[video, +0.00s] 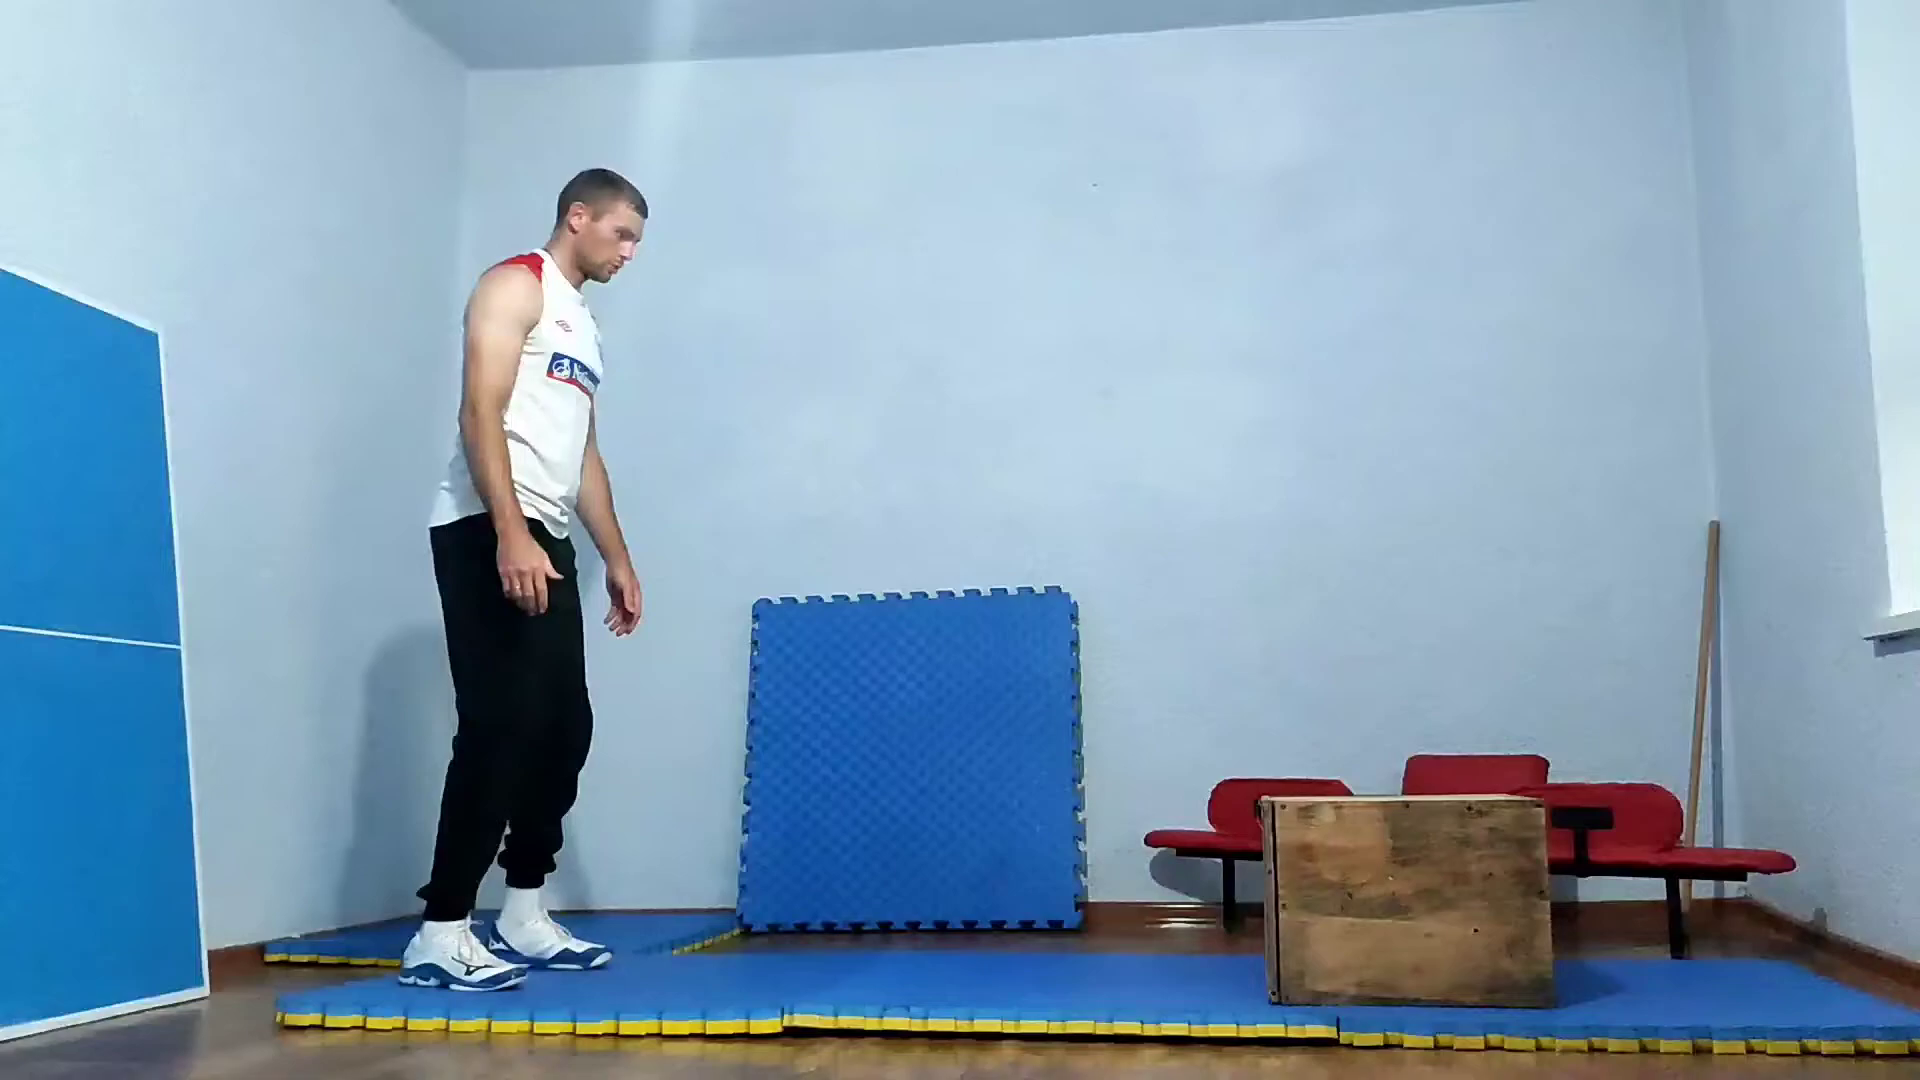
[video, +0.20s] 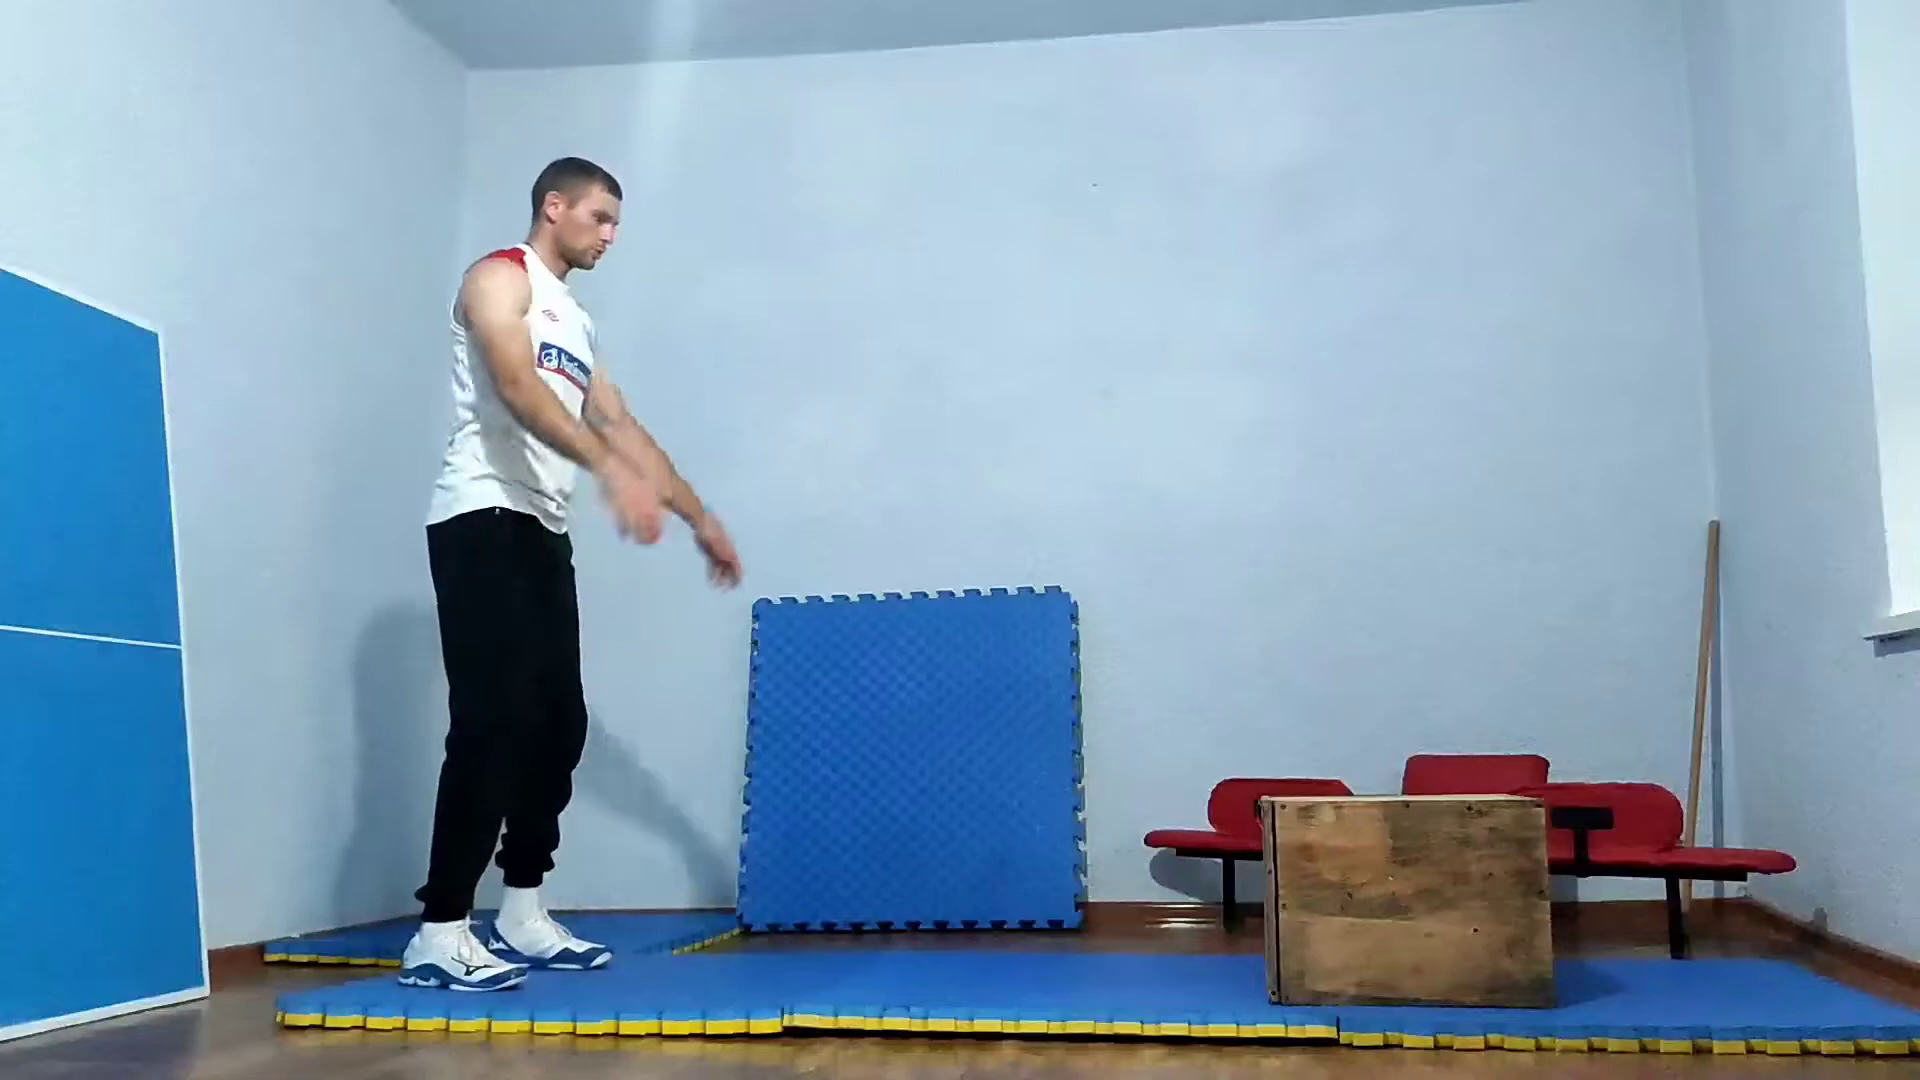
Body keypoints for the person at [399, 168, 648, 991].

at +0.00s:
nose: (629, 253)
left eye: (636, 241)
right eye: (622, 236)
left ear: (595, 229)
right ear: (575, 218)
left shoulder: (583, 321)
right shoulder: (513, 287)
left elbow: (583, 453)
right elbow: (481, 413)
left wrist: (616, 559)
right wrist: (511, 532)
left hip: (547, 540)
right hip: (488, 533)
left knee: (563, 726)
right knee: (499, 726)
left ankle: (522, 912)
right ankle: (441, 930)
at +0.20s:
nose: (610, 234)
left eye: (615, 222)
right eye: (600, 217)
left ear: (580, 220)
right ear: (552, 208)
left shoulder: (572, 320)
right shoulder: (498, 278)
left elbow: (618, 425)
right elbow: (516, 385)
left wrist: (696, 513)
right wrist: (607, 465)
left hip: (540, 535)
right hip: (482, 524)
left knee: (558, 719)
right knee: (491, 719)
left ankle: (520, 913)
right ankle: (441, 930)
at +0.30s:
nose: (597, 226)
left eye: (601, 215)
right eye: (586, 209)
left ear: (568, 217)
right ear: (536, 202)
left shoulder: (565, 310)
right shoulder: (489, 270)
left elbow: (656, 385)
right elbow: (560, 331)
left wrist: (771, 422)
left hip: (545, 527)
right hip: (485, 519)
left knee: (559, 719)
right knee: (491, 719)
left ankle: (522, 913)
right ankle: (441, 931)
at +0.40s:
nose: (587, 211)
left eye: (591, 202)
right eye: (573, 196)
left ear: (580, 214)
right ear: (523, 199)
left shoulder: (572, 299)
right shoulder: (481, 266)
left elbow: (679, 318)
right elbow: (575, 253)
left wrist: (789, 292)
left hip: (553, 529)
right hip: (492, 520)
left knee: (559, 722)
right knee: (488, 721)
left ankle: (523, 912)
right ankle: (441, 930)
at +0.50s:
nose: (577, 195)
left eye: (577, 186)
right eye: (563, 182)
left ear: (556, 195)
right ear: (519, 190)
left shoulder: (568, 286)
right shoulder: (487, 259)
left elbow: (673, 251)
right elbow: (579, 186)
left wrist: (764, 184)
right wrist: (680, 106)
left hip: (562, 524)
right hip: (502, 519)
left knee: (560, 719)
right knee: (491, 717)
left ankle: (523, 910)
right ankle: (440, 930)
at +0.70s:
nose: (582, 192)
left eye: (585, 180)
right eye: (566, 177)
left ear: (582, 197)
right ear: (528, 184)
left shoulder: (570, 266)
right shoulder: (498, 251)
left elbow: (639, 180)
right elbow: (553, 128)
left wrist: (675, 78)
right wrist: (609, 22)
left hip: (581, 513)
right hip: (519, 510)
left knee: (570, 718)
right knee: (501, 718)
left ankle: (530, 900)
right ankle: (445, 923)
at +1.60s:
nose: (614, 221)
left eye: (617, 208)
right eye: (604, 204)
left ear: (598, 211)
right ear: (558, 199)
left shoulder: (592, 294)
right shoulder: (512, 258)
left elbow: (700, 250)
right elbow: (626, 197)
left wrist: (783, 174)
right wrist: (727, 117)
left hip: (551, 529)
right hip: (489, 517)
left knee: (555, 722)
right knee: (485, 718)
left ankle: (520, 912)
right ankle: (439, 930)